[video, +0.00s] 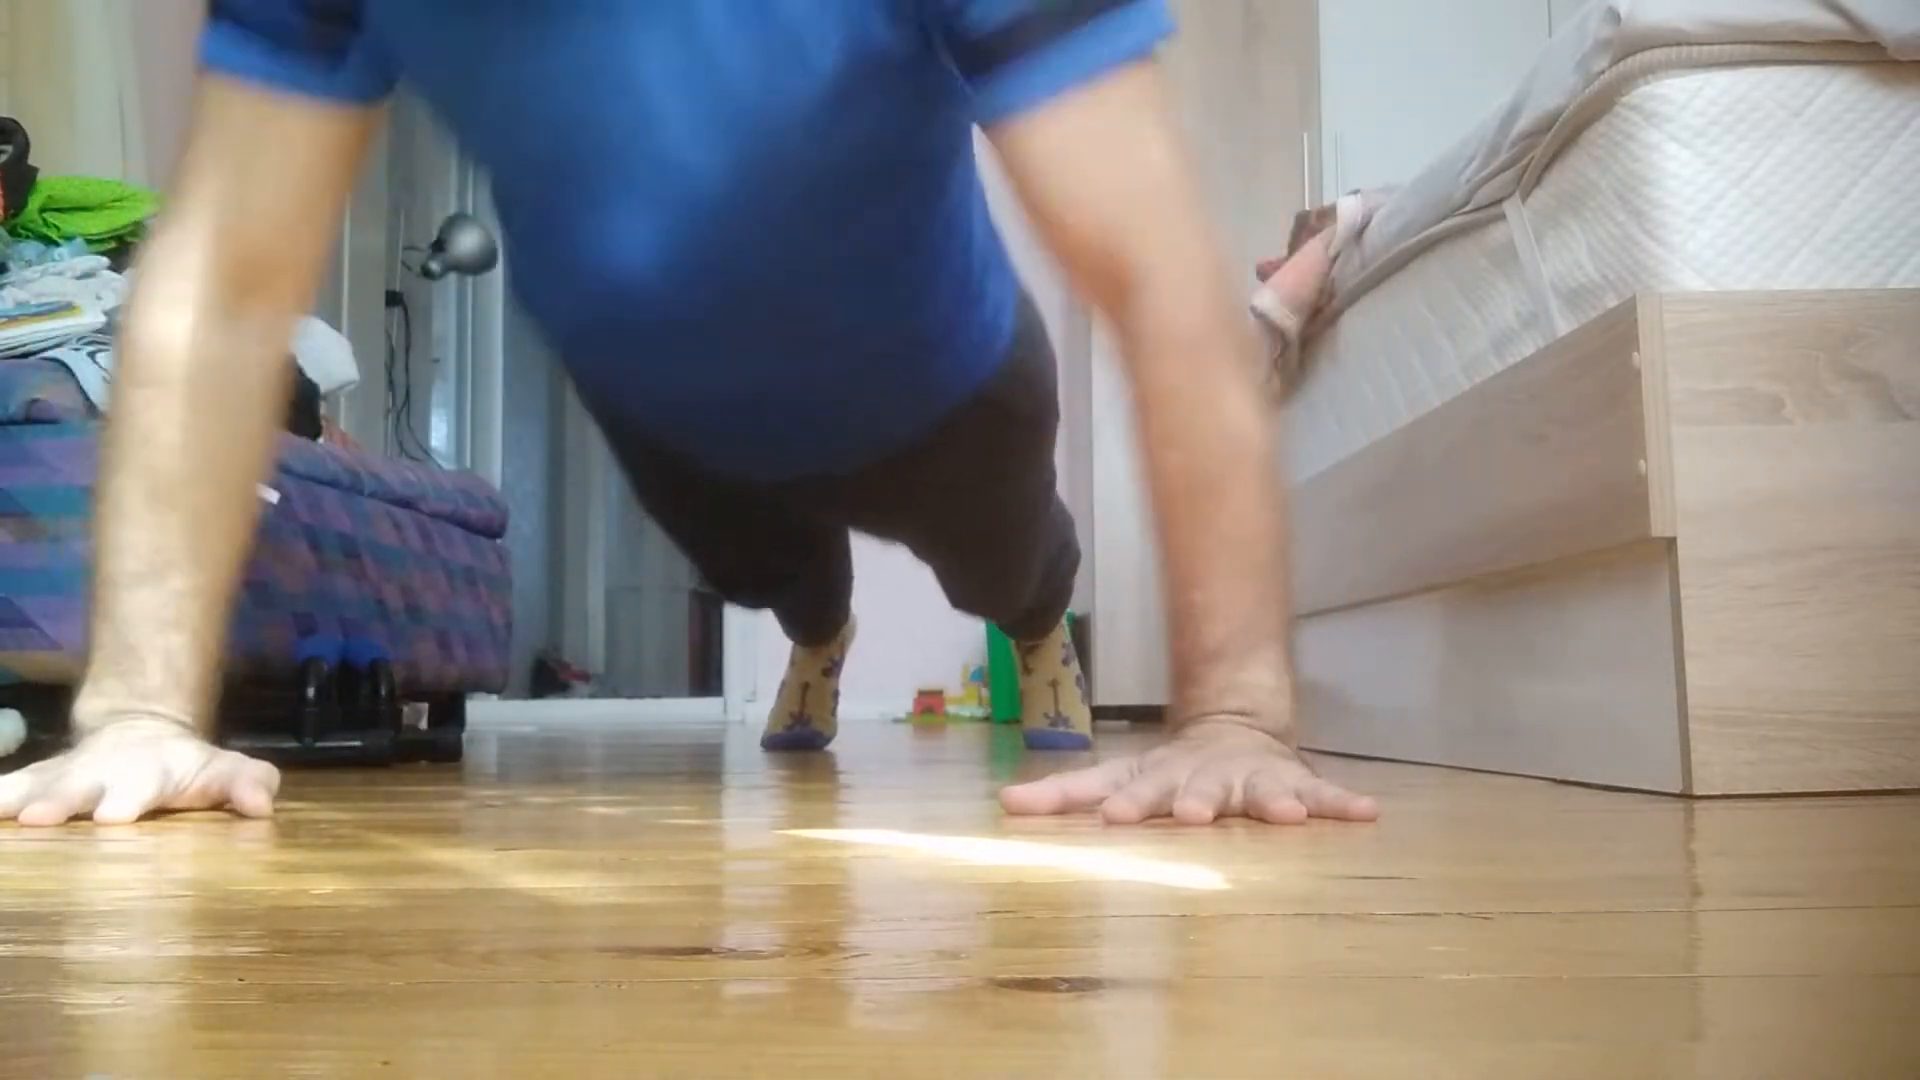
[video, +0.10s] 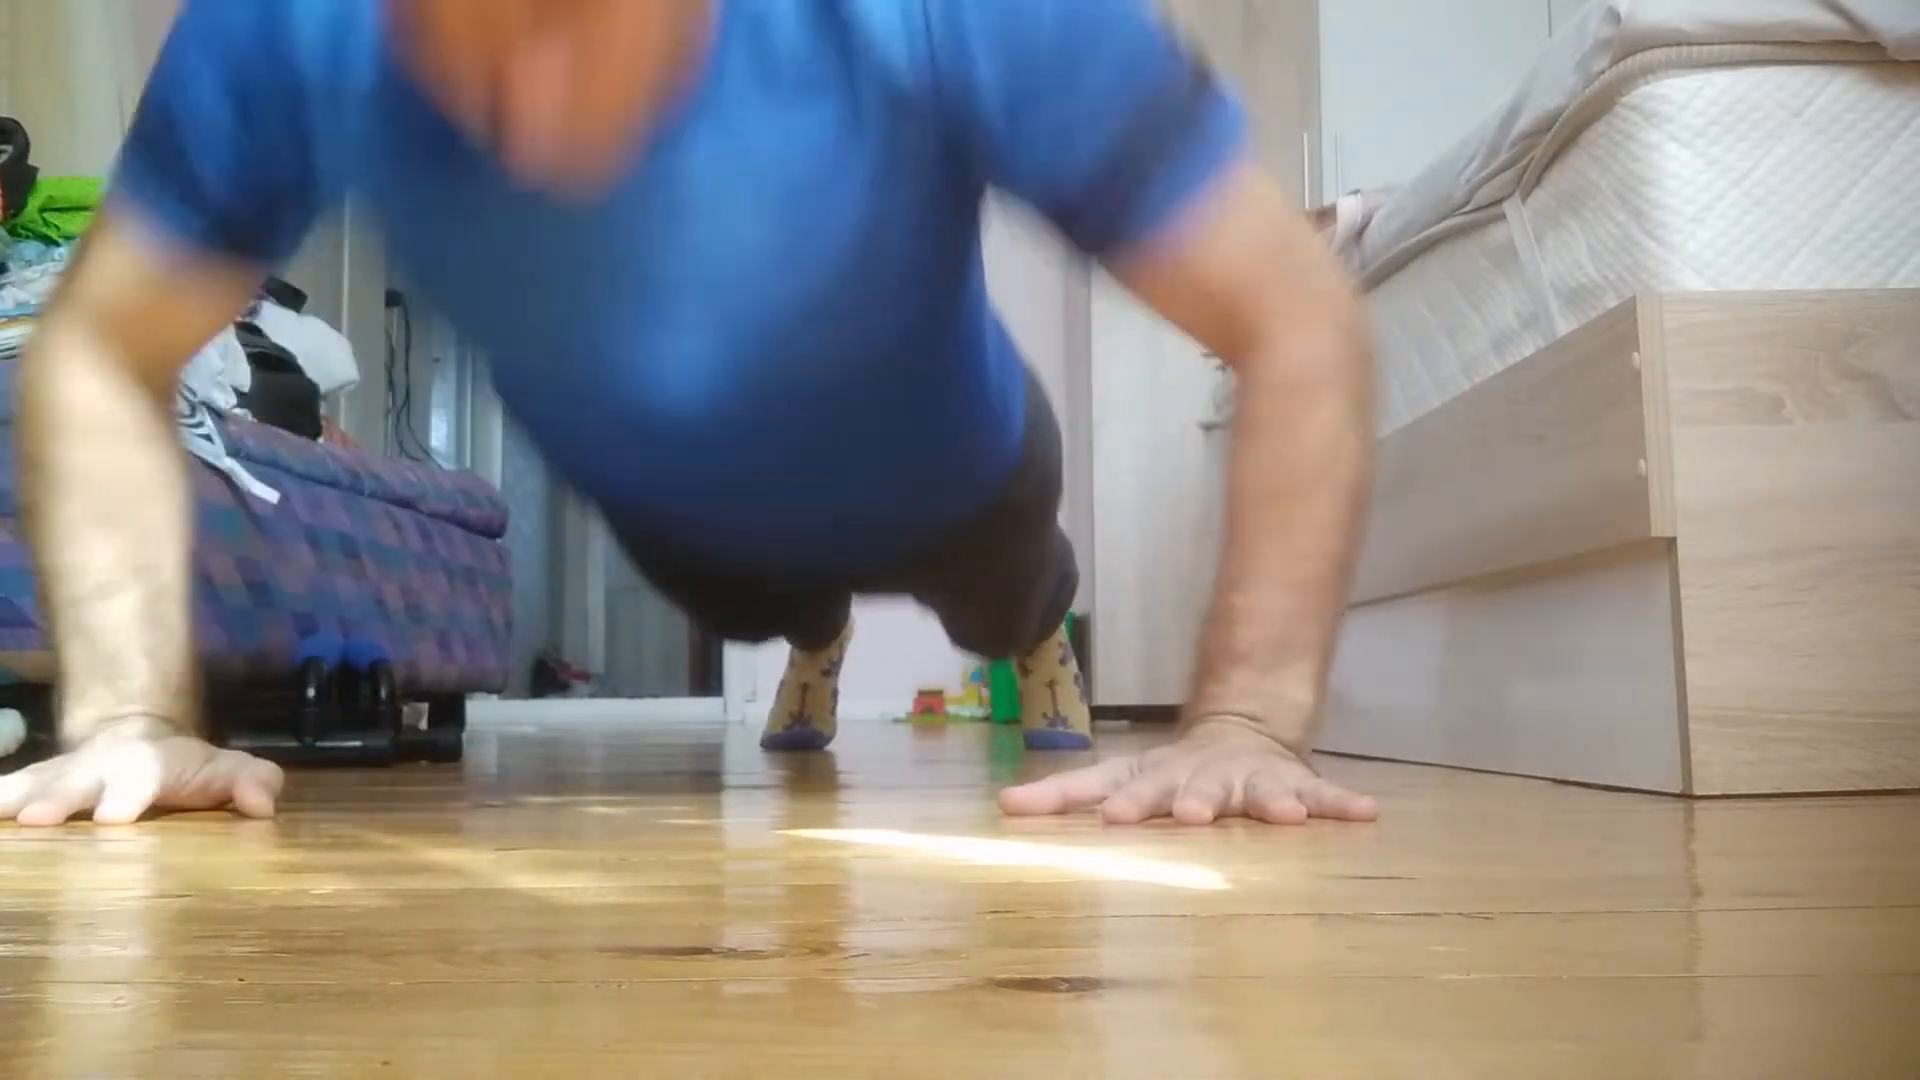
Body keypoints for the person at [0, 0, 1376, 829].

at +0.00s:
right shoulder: (343, 10)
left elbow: (1171, 278)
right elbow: (218, 284)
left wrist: (1240, 707)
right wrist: (146, 711)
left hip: (927, 391)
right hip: (675, 434)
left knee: (1005, 562)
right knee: (777, 568)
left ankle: (1019, 617)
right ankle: (819, 641)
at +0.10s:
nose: (508, 93)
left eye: (557, 34)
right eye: (461, 43)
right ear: (405, 11)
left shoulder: (934, 21)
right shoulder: (300, 39)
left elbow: (1305, 311)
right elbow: (95, 349)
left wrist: (1246, 720)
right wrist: (137, 720)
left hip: (941, 486)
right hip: (691, 533)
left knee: (1001, 611)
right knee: (788, 611)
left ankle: (1007, 651)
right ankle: (816, 654)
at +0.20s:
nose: (487, 504)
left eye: (541, 408)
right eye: (413, 435)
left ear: (697, 202)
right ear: (304, 293)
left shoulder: (931, 215)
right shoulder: (240, 263)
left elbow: (1351, 350)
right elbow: (49, 390)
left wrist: (1247, 718)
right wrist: (134, 714)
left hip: (972, 641)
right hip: (664, 645)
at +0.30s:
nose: (481, 773)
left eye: (543, 670)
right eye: (394, 696)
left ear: (700, 452)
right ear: (276, 536)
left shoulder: (938, 401)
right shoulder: (235, 386)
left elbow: (1349, 341)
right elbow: (30, 372)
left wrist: (1248, 723)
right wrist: (124, 715)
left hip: (948, 704)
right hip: (640, 730)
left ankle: (1025, 682)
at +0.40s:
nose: (477, 789)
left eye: (545, 690)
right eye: (389, 710)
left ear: (703, 495)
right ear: (270, 549)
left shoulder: (934, 439)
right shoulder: (218, 401)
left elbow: (1360, 346)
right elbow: (22, 349)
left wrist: (1253, 718)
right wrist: (124, 719)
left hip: (916, 697)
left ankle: (1028, 696)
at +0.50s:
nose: (483, 618)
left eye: (547, 533)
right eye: (396, 548)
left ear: (713, 344)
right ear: (311, 420)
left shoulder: (960, 352)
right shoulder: (229, 349)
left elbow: (1411, 353)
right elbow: (23, 380)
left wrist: (1265, 721)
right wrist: (121, 712)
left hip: (936, 596)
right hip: (682, 627)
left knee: (1009, 620)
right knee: (788, 678)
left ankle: (1035, 659)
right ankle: (806, 713)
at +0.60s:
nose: (518, 360)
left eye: (584, 276)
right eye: (448, 287)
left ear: (743, 118)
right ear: (355, 191)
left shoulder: (967, 206)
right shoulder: (260, 237)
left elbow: (1419, 358)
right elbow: (19, 396)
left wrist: (1263, 722)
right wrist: (132, 715)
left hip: (950, 518)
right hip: (712, 546)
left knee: (1011, 611)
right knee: (786, 604)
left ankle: (1034, 646)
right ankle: (818, 659)